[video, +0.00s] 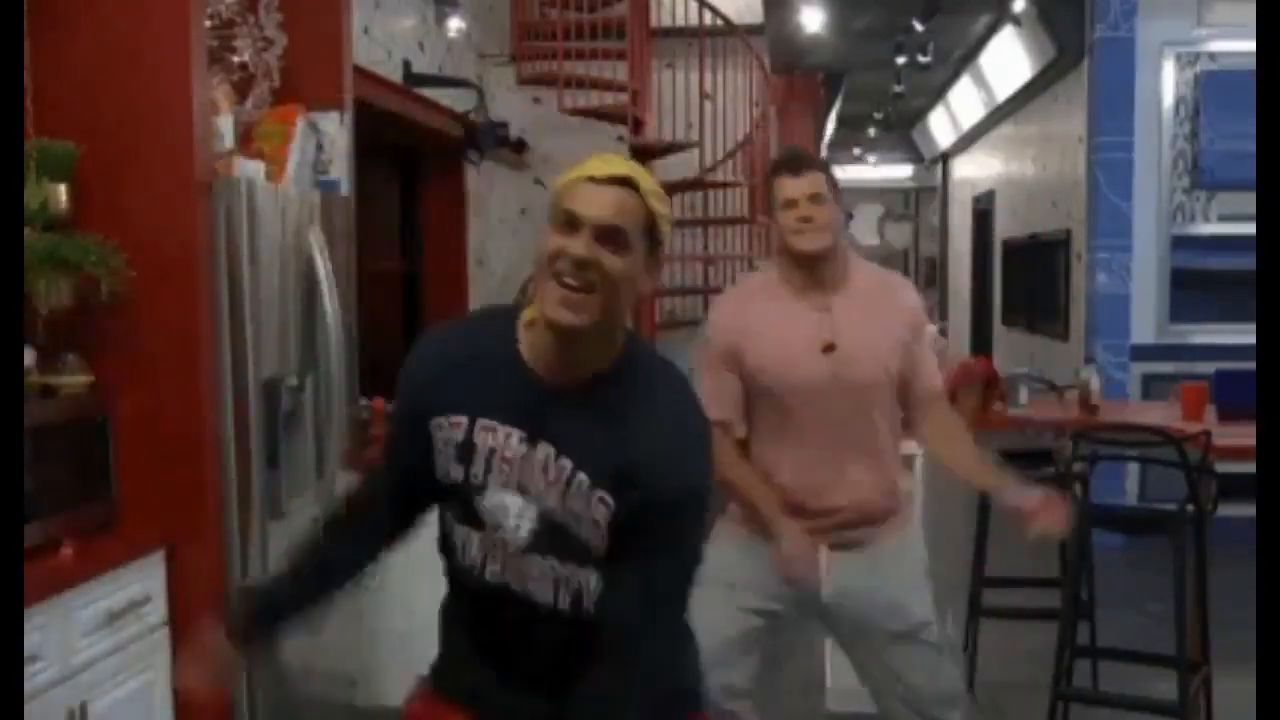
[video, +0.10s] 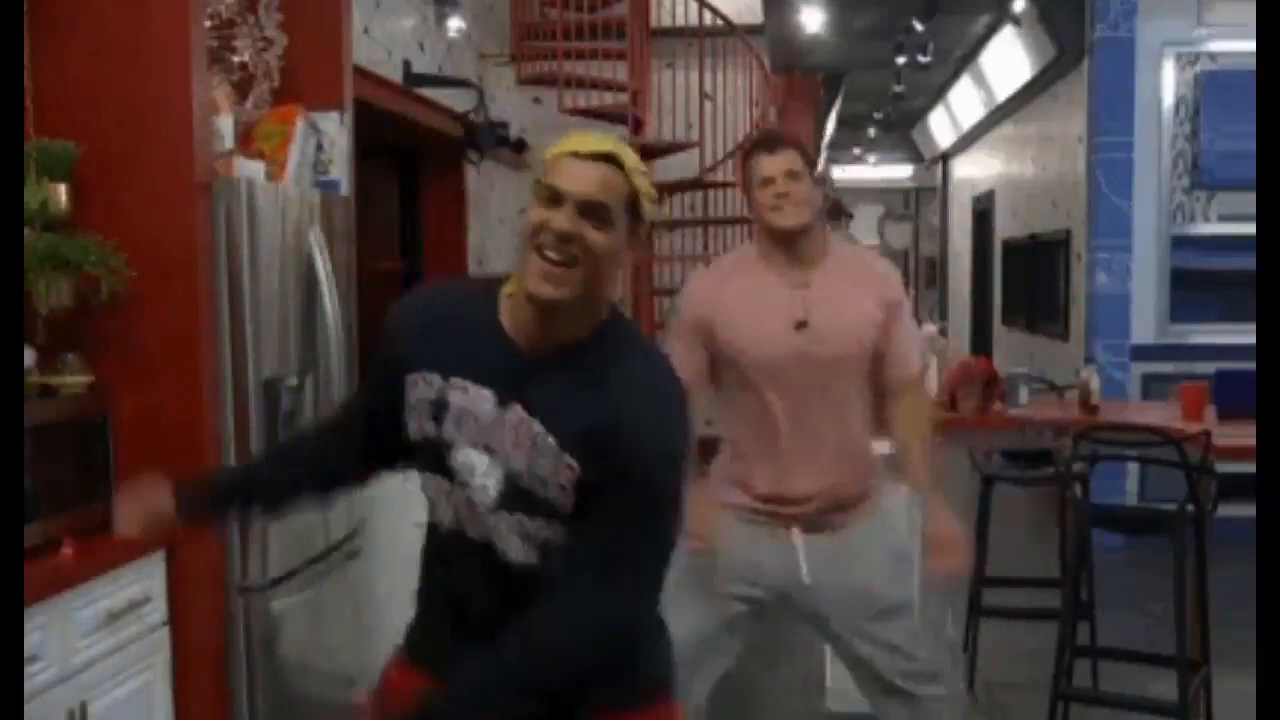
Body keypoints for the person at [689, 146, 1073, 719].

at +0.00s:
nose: (803, 213)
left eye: (816, 199)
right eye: (788, 205)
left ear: (842, 210)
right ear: (771, 222)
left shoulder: (894, 297)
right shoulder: (736, 309)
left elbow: (931, 411)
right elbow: (719, 442)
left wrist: (1009, 490)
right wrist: (781, 526)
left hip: (877, 542)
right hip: (758, 536)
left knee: (933, 701)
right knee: (706, 684)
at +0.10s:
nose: (780, 191)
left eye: (793, 177)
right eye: (765, 182)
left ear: (820, 187)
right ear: (749, 200)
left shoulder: (875, 278)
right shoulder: (712, 289)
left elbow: (905, 391)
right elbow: (675, 406)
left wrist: (925, 501)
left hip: (861, 528)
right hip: (740, 526)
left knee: (923, 694)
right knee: (656, 672)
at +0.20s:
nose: (732, 197)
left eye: (744, 184)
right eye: (717, 189)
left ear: (770, 194)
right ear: (701, 206)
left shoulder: (828, 283)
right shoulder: (662, 285)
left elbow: (850, 396)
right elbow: (583, 368)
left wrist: (795, 487)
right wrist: (585, 441)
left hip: (791, 516)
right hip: (679, 519)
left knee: (858, 665)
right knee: (632, 670)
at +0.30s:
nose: (708, 215)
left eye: (720, 201)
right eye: (692, 207)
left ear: (748, 213)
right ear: (680, 225)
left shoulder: (804, 302)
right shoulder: (643, 301)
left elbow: (817, 426)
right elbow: (549, 355)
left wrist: (753, 446)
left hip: (767, 529)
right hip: (657, 535)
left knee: (817, 668)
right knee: (616, 690)